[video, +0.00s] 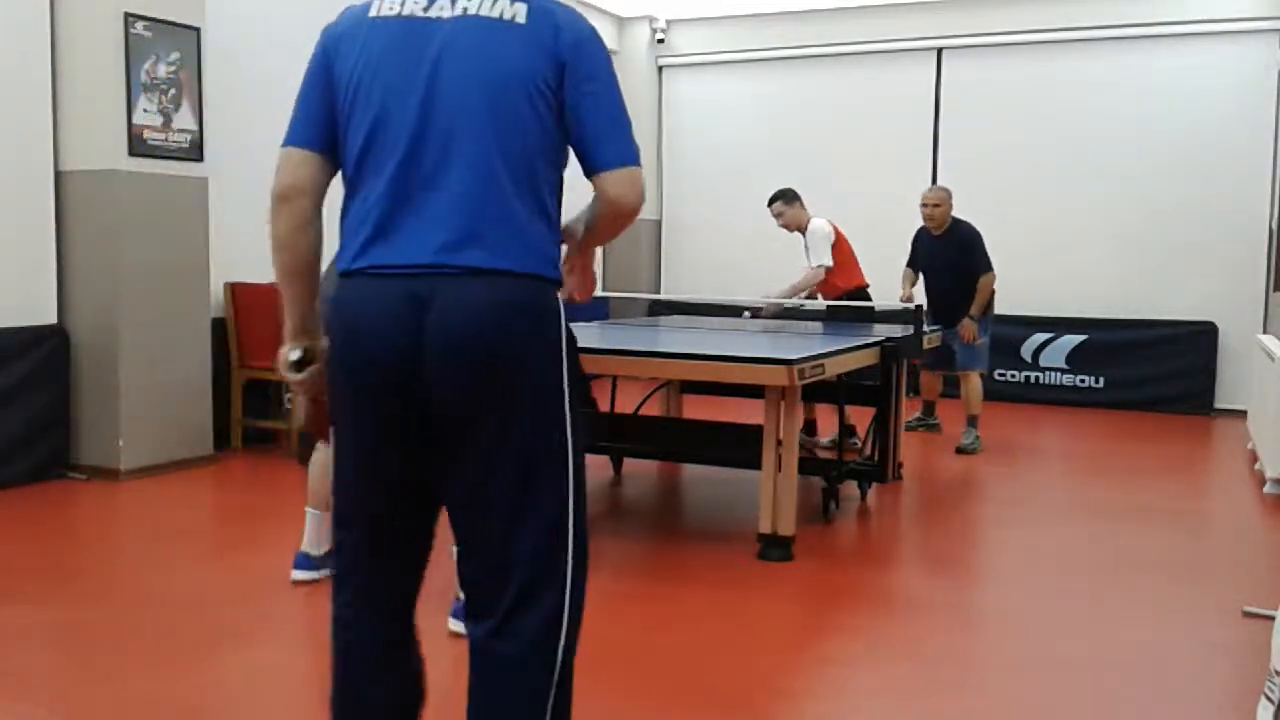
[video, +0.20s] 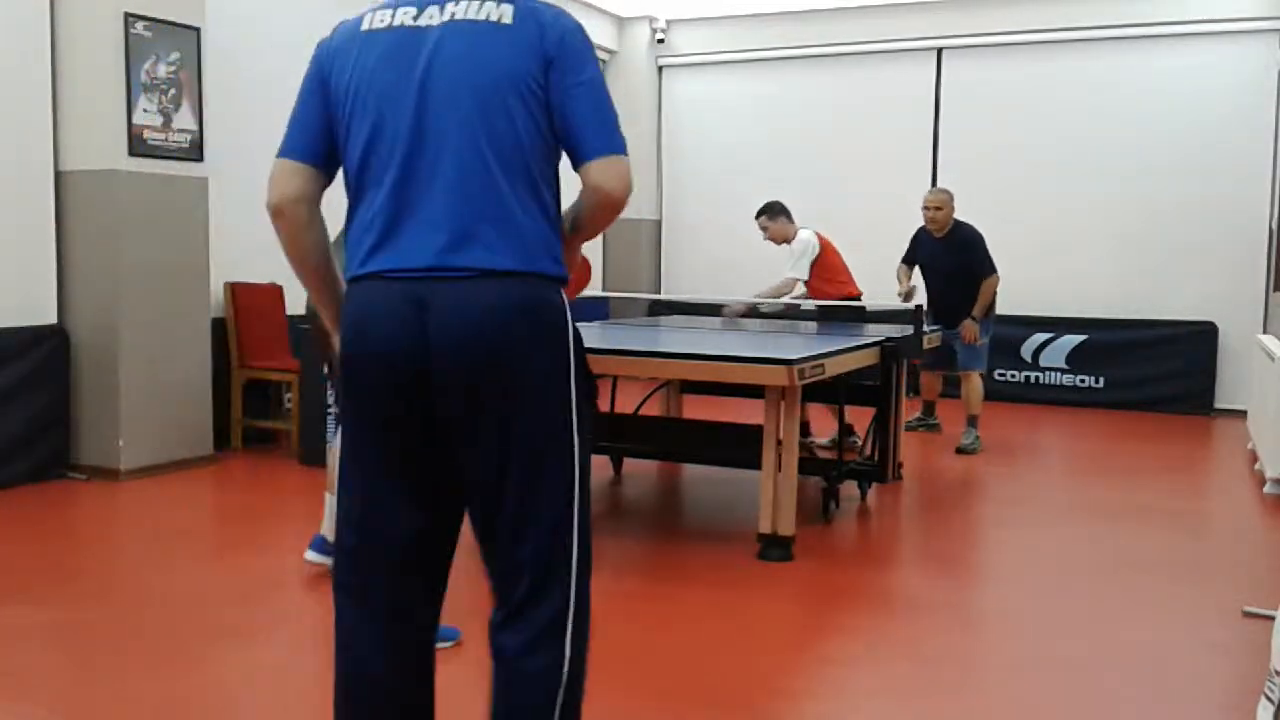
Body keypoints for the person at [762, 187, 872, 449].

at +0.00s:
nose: (779, 223)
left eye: (780, 216)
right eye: (775, 218)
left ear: (798, 208)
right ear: (796, 212)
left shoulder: (818, 228)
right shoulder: (810, 233)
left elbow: (819, 272)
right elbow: (823, 276)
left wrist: (782, 297)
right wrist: (803, 297)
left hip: (852, 305)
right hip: (837, 306)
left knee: (834, 368)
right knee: (817, 364)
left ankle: (845, 428)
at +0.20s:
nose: (765, 237)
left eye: (765, 229)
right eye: (762, 231)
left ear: (780, 220)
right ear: (783, 222)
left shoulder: (805, 239)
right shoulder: (806, 239)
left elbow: (788, 285)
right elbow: (818, 284)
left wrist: (749, 302)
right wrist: (797, 299)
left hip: (844, 311)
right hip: (832, 311)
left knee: (821, 373)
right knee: (813, 371)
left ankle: (845, 429)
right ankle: (844, 428)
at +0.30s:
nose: (758, 244)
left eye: (758, 236)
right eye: (755, 238)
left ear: (774, 228)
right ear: (776, 229)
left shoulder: (797, 245)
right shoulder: (794, 247)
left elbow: (776, 292)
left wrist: (736, 304)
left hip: (836, 316)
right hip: (825, 316)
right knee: (809, 375)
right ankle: (842, 426)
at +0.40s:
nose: (751, 252)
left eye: (752, 244)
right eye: (749, 246)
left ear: (768, 236)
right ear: (771, 237)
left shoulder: (790, 253)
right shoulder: (789, 254)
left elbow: (766, 299)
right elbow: (772, 301)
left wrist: (724, 309)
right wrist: (734, 307)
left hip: (830, 319)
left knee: (779, 374)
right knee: (798, 376)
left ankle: (799, 431)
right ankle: (839, 422)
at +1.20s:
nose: (739, 237)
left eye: (740, 229)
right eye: (738, 231)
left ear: (756, 224)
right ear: (760, 225)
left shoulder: (771, 242)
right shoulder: (783, 245)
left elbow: (738, 279)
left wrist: (691, 287)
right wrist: (757, 290)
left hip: (802, 317)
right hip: (819, 315)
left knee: (773, 368)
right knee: (775, 368)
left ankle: (798, 433)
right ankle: (798, 432)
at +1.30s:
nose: (745, 219)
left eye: (747, 212)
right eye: (744, 213)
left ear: (764, 209)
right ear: (768, 211)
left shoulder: (773, 227)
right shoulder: (784, 232)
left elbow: (741, 249)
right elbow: (782, 281)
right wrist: (753, 271)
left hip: (804, 314)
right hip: (808, 312)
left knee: (781, 376)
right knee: (781, 375)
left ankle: (801, 435)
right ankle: (799, 434)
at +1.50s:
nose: (752, 198)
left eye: (757, 193)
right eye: (754, 193)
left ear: (774, 196)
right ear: (777, 197)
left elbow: (735, 226)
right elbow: (787, 277)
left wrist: (700, 205)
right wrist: (752, 279)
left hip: (795, 306)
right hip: (805, 304)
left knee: (782, 374)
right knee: (784, 375)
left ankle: (801, 435)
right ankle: (799, 434)